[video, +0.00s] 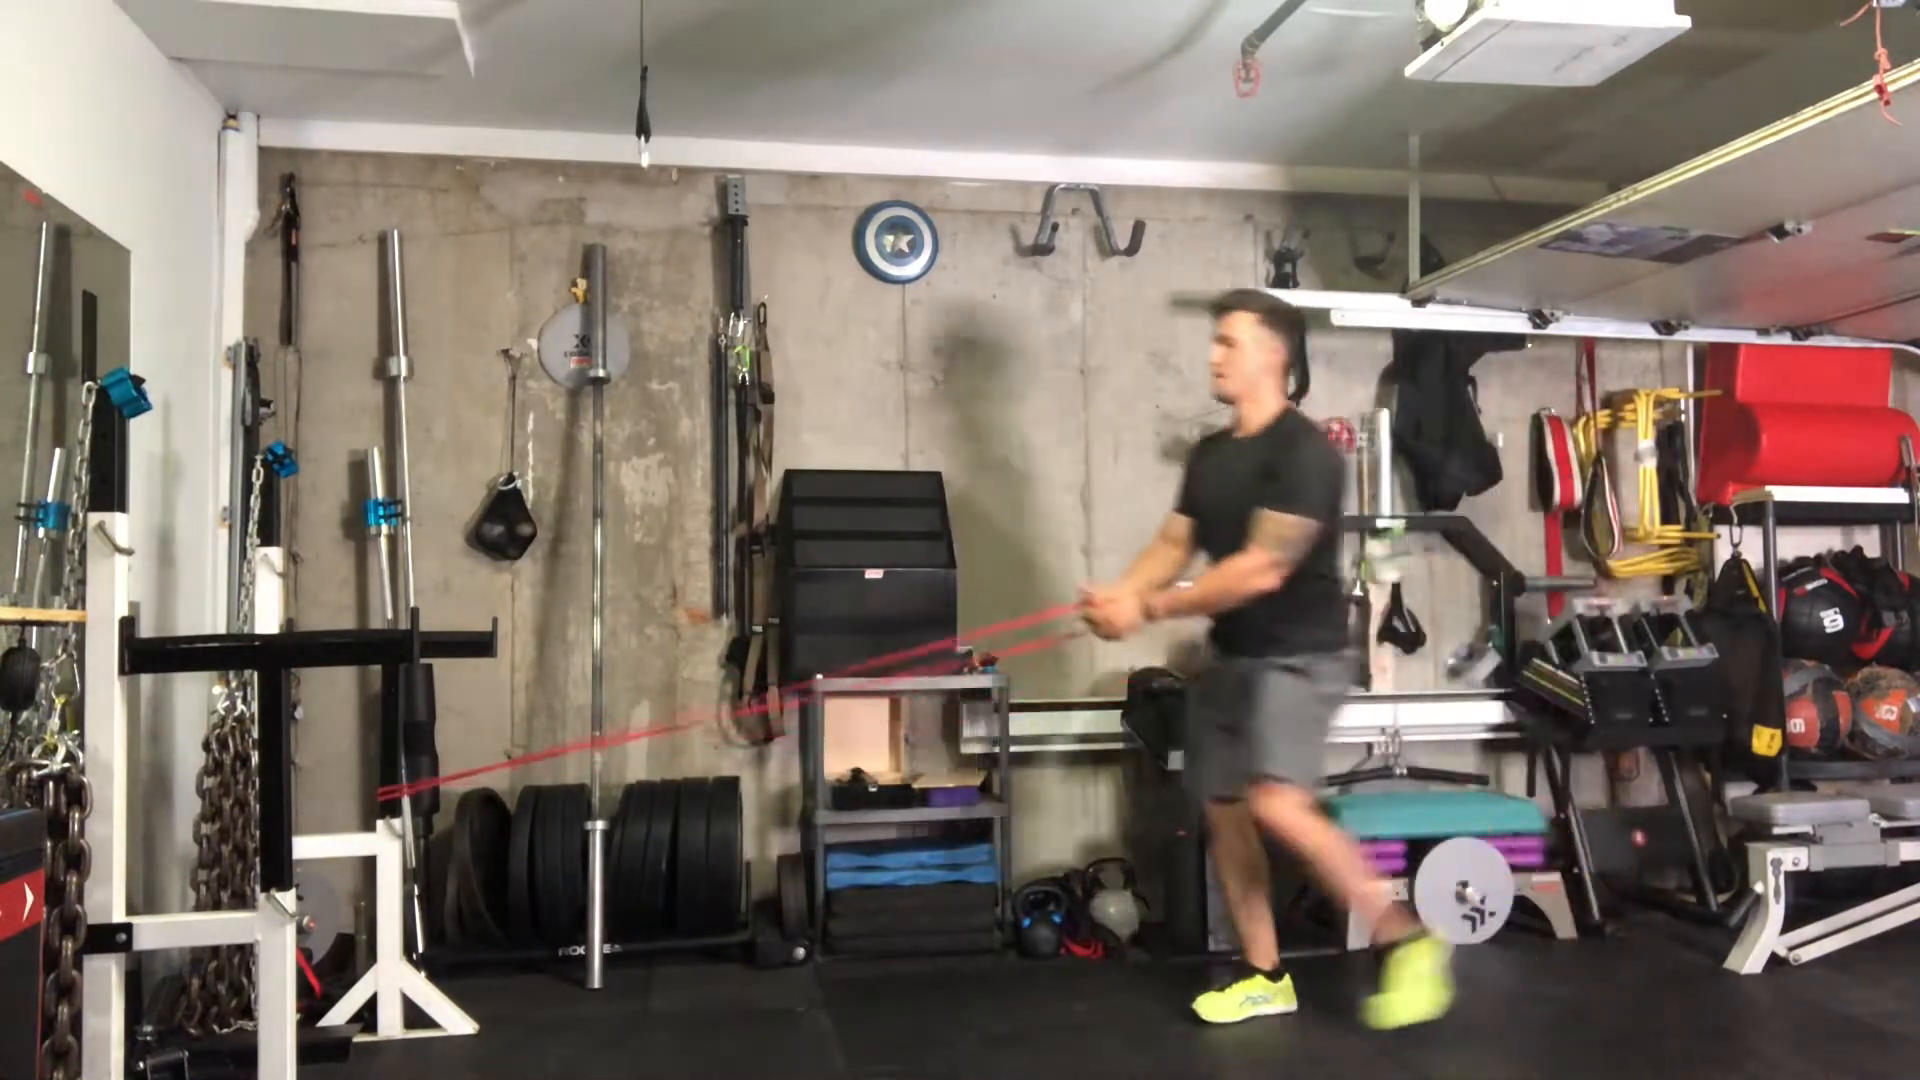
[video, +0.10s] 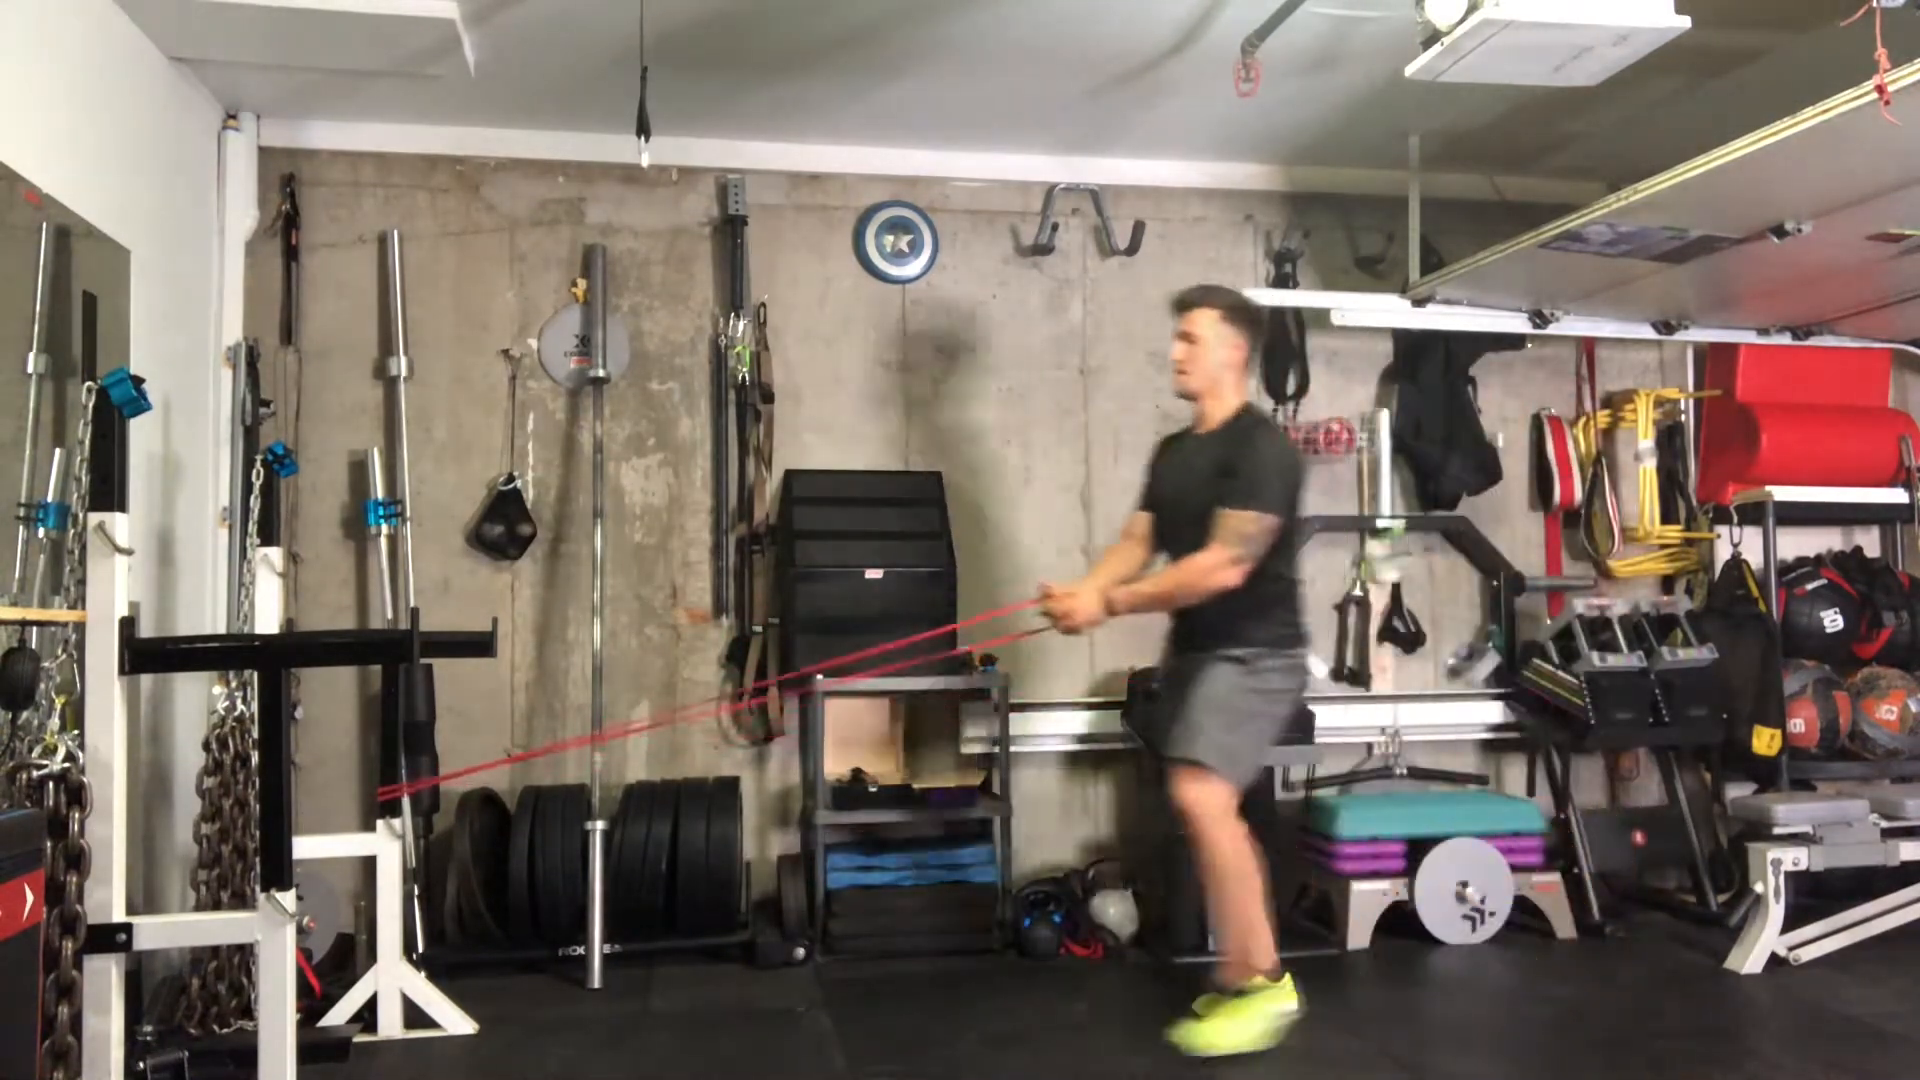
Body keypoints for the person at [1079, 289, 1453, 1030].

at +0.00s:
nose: (1213, 356)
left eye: (1228, 344)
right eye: (1215, 343)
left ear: (1276, 359)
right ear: (1239, 361)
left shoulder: (1307, 452)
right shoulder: (1212, 454)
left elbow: (1262, 568)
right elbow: (1173, 545)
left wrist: (1155, 605)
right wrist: (1124, 597)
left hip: (1299, 657)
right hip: (1231, 655)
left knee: (1277, 801)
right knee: (1226, 810)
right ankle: (1265, 974)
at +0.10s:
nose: (1175, 354)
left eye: (1191, 340)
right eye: (1176, 340)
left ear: (1238, 354)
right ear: (1192, 355)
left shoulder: (1265, 448)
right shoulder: (1175, 451)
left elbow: (1225, 566)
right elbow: (1138, 541)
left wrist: (1112, 602)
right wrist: (1087, 592)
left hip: (1257, 655)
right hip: (1198, 655)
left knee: (1199, 786)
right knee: (1211, 806)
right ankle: (1247, 982)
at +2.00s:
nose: (741, 437)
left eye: (756, 424)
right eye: (728, 424)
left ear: (779, 434)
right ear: (709, 433)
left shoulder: (812, 522)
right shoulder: (669, 523)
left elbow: (831, 607)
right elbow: (660, 608)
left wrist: (785, 609)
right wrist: (724, 602)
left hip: (783, 707)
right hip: (690, 703)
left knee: (791, 837)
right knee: (651, 837)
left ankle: (804, 981)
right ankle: (636, 988)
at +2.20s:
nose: (739, 484)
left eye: (753, 468)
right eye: (725, 470)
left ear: (776, 477)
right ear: (707, 479)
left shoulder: (809, 555)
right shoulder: (666, 559)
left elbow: (817, 592)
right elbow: (673, 601)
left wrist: (789, 602)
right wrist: (733, 599)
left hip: (783, 728)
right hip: (693, 725)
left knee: (784, 837)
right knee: (659, 842)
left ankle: (804, 980)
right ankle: (636, 988)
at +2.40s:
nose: (741, 509)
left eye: (756, 493)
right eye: (727, 494)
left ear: (778, 499)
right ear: (708, 500)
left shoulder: (808, 572)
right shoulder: (667, 577)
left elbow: (820, 605)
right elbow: (679, 614)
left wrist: (787, 612)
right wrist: (731, 604)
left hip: (779, 740)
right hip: (692, 736)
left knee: (758, 846)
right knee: (668, 850)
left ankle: (801, 981)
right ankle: (637, 989)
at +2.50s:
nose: (744, 524)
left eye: (759, 508)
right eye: (730, 509)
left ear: (782, 513)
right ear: (711, 513)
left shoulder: (812, 584)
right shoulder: (671, 588)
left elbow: (825, 615)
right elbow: (684, 623)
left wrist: (792, 620)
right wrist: (739, 613)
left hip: (780, 747)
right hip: (694, 740)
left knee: (754, 849)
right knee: (670, 852)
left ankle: (800, 979)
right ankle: (638, 989)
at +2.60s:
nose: (750, 535)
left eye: (764, 519)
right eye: (736, 521)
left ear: (787, 523)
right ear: (716, 525)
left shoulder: (820, 588)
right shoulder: (681, 597)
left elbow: (837, 623)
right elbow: (689, 633)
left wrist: (804, 626)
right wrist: (750, 623)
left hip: (787, 753)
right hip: (701, 746)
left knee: (760, 852)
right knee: (681, 857)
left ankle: (800, 979)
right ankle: (638, 989)